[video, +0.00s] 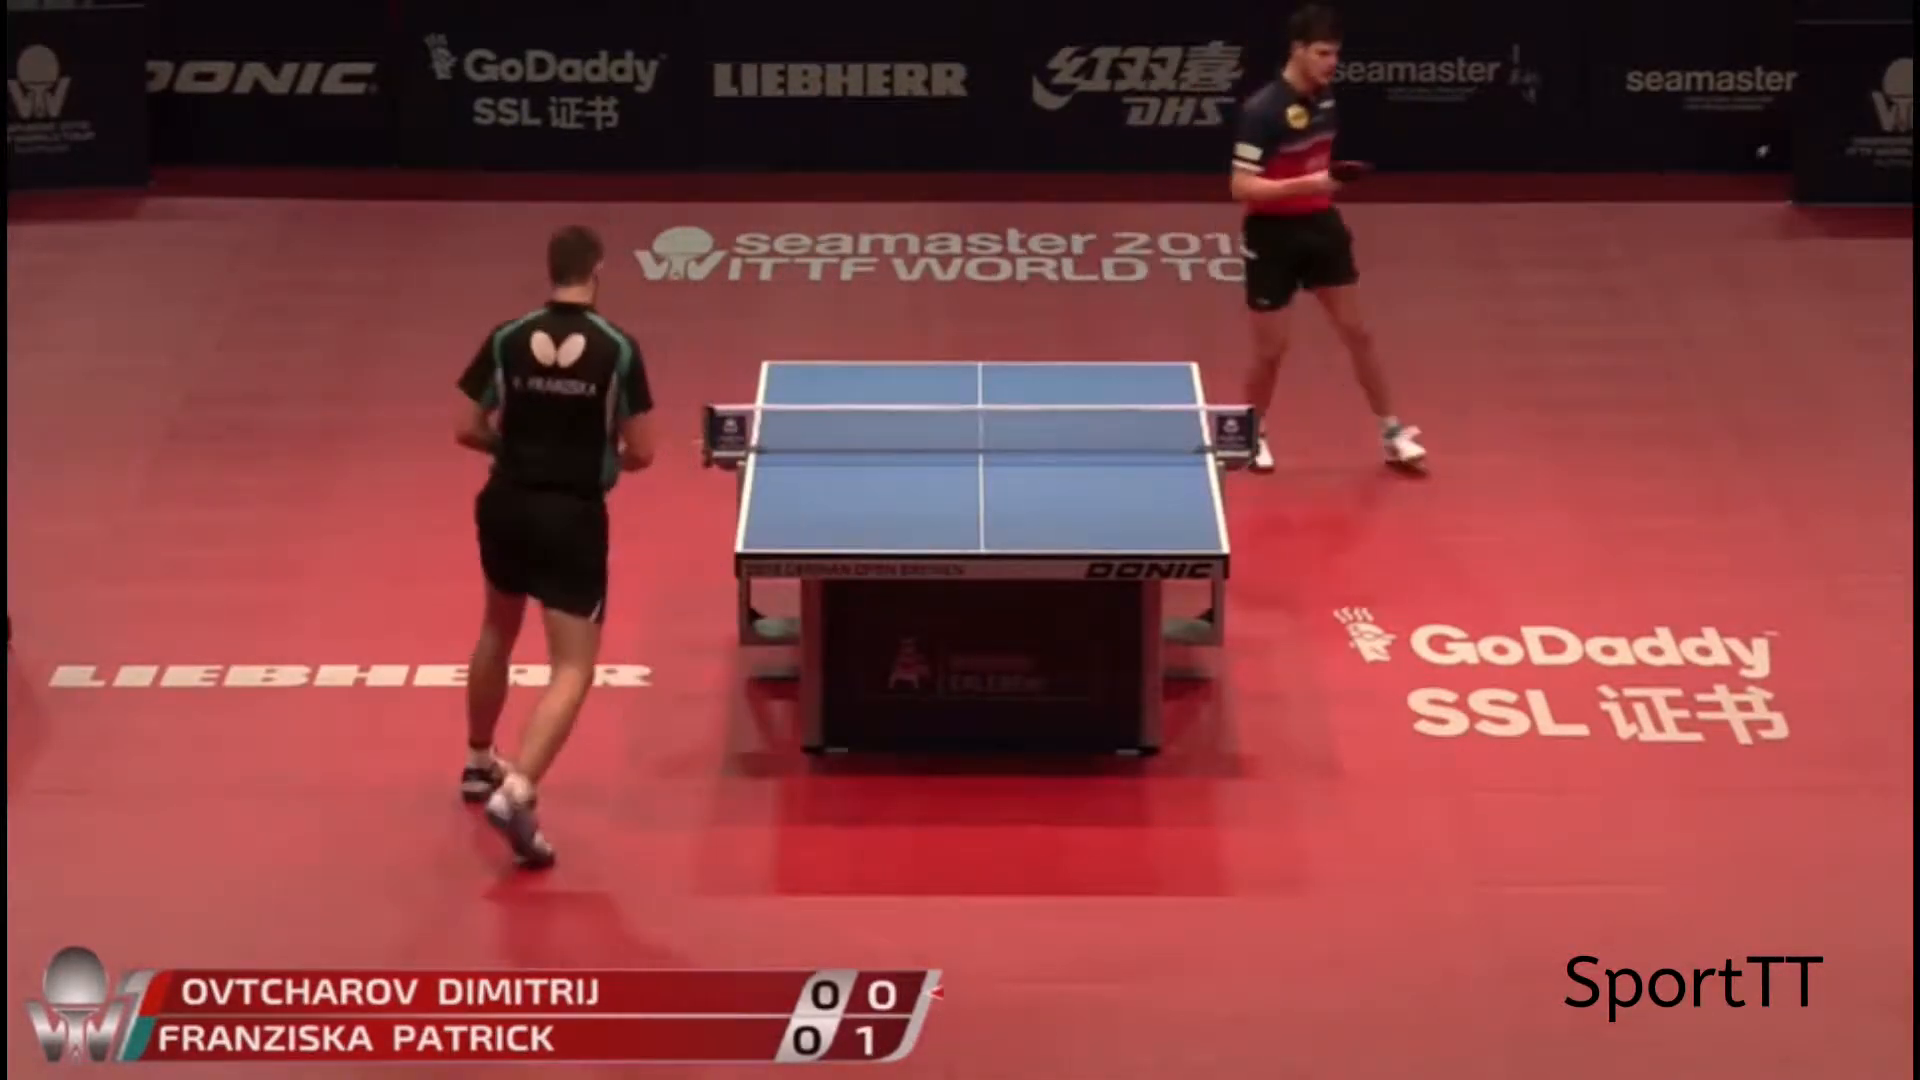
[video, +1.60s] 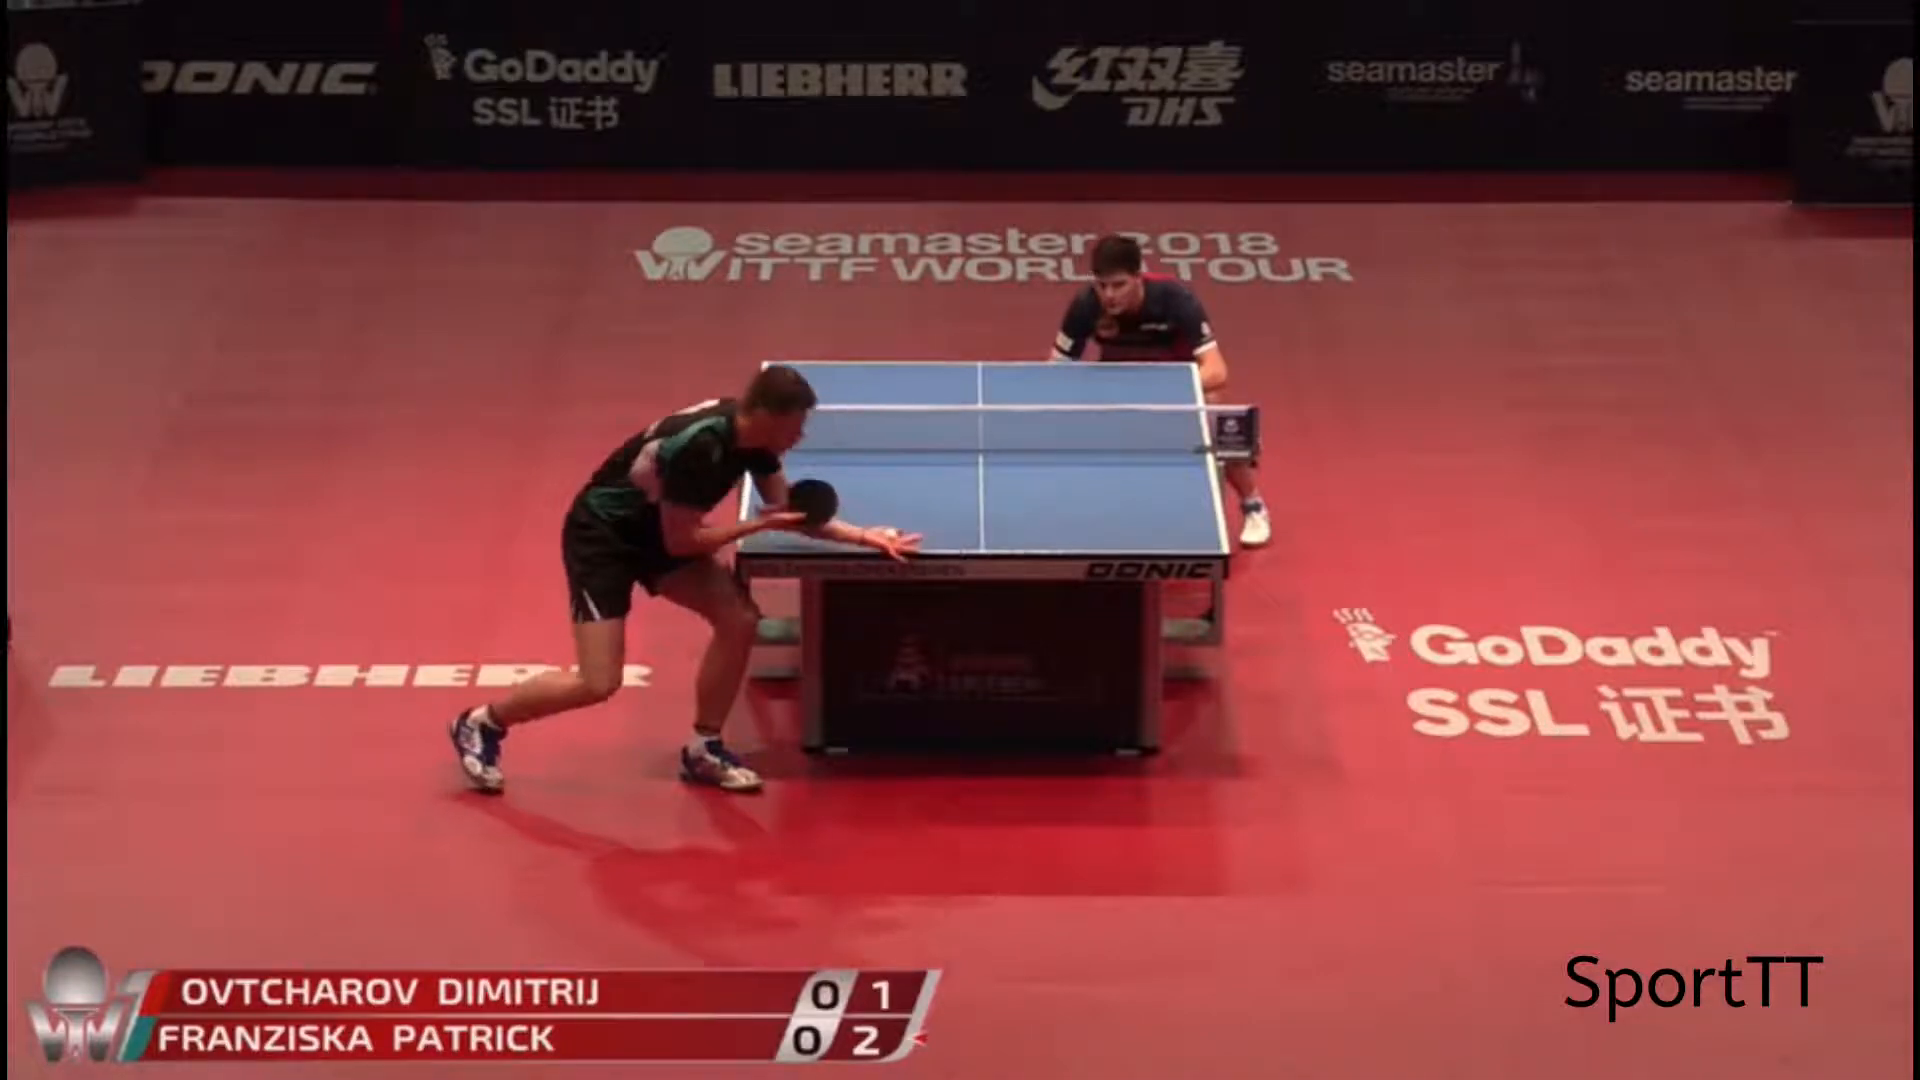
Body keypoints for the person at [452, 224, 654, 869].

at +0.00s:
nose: (596, 280)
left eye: (584, 270)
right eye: (599, 271)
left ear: (549, 272)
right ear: (595, 275)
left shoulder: (507, 338)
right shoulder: (619, 349)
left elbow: (468, 427)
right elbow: (640, 451)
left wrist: (515, 447)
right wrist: (603, 450)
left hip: (504, 506)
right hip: (574, 516)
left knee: (497, 629)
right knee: (572, 668)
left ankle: (479, 760)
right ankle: (518, 791)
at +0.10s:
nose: (594, 276)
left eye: (582, 265)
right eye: (597, 267)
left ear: (547, 266)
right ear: (593, 270)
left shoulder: (502, 330)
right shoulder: (617, 343)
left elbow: (465, 418)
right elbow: (637, 442)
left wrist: (511, 438)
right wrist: (592, 434)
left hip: (502, 500)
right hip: (573, 509)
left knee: (495, 625)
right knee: (581, 655)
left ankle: (478, 760)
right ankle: (527, 771)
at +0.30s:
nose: (832, 466)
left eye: (837, 457)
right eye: (830, 454)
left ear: (810, 432)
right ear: (803, 435)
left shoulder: (784, 435)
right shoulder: (740, 457)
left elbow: (826, 504)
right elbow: (735, 560)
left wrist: (888, 529)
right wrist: (810, 534)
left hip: (667, 524)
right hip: (609, 517)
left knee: (736, 616)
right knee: (576, 668)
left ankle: (704, 750)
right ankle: (464, 725)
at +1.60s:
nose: (798, 438)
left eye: (801, 428)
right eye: (794, 427)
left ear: (767, 414)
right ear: (765, 418)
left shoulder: (758, 447)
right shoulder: (700, 446)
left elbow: (786, 512)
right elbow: (681, 541)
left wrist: (870, 537)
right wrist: (760, 521)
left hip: (661, 539)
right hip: (601, 531)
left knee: (739, 623)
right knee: (597, 682)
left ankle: (705, 749)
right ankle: (482, 723)